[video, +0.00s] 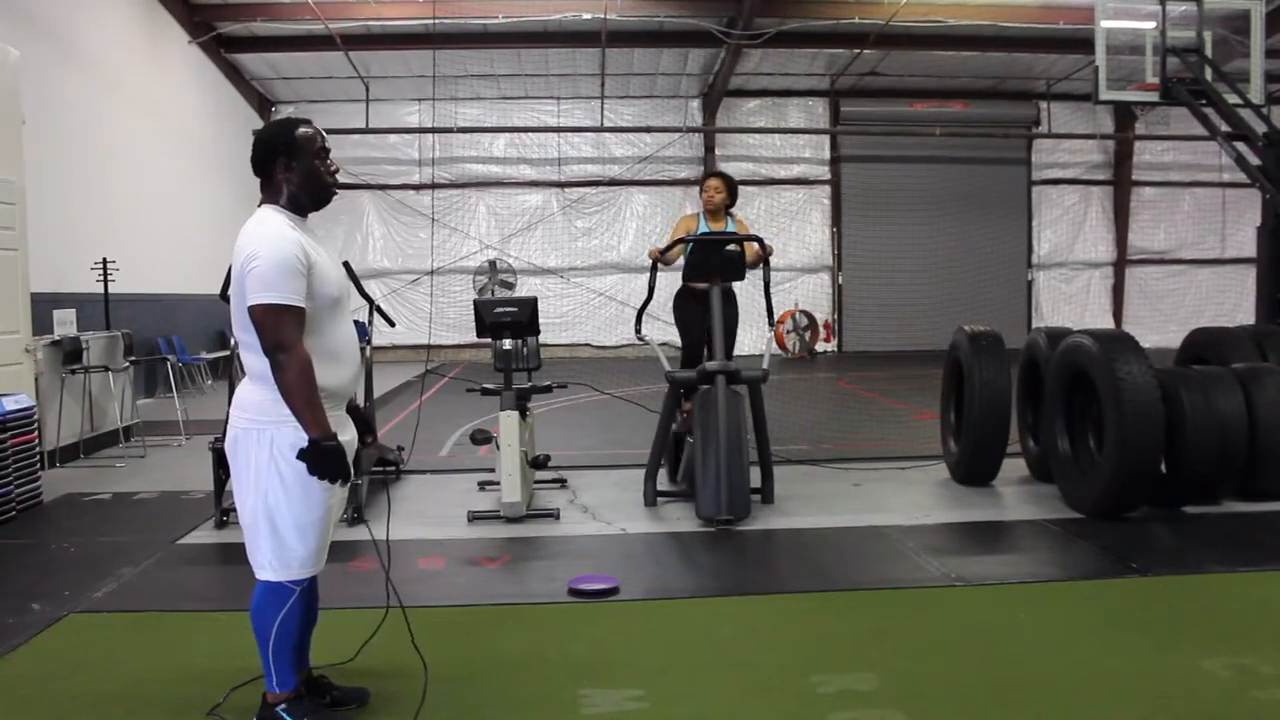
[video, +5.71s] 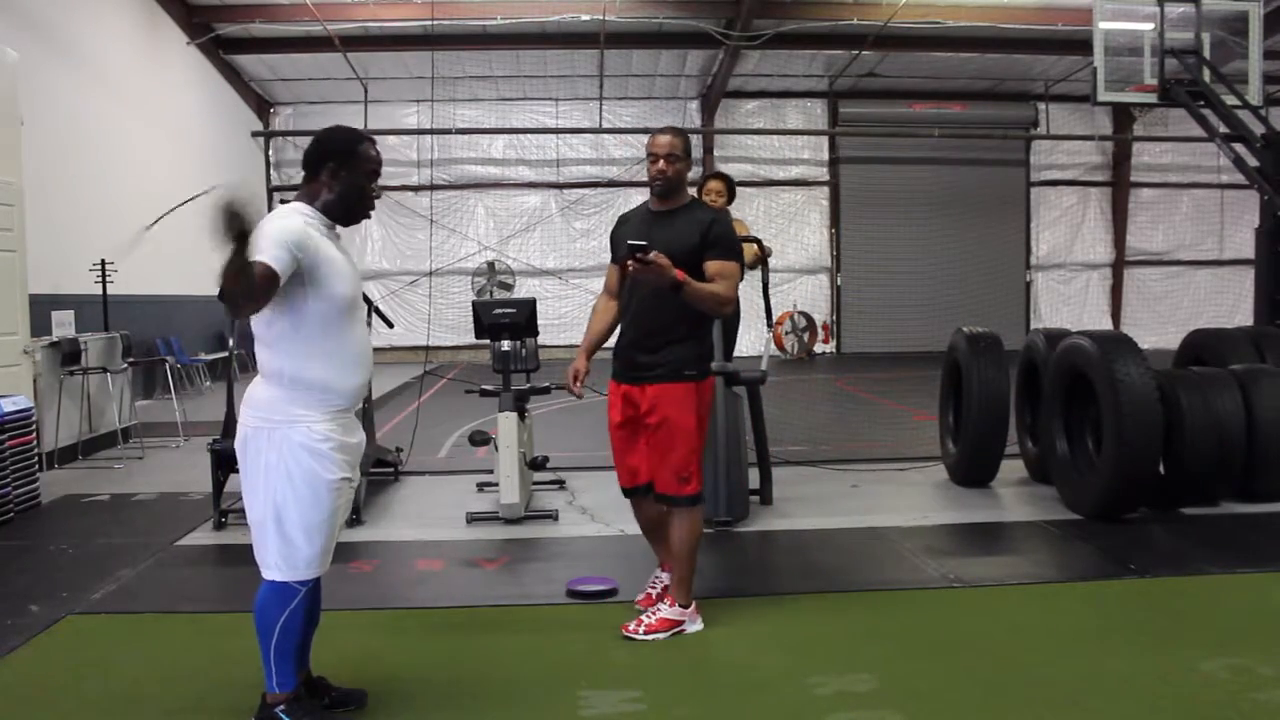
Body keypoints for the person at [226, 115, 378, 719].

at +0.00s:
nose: (335, 166)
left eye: (330, 155)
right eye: (321, 156)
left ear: (291, 171)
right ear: (286, 169)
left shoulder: (297, 237)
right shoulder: (272, 239)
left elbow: (318, 339)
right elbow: (281, 349)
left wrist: (352, 408)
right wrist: (320, 435)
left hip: (303, 428)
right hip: (278, 432)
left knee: (301, 565)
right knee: (284, 570)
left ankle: (298, 679)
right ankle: (280, 698)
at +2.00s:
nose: (336, 165)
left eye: (331, 154)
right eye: (323, 156)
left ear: (292, 171)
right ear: (288, 169)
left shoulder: (296, 238)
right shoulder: (274, 242)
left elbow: (312, 345)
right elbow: (283, 353)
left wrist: (350, 411)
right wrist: (318, 441)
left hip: (301, 429)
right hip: (278, 432)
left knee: (301, 566)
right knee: (284, 572)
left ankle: (297, 680)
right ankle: (281, 698)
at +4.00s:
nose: (338, 168)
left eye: (335, 156)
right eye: (326, 158)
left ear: (295, 171)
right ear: (291, 170)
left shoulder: (298, 237)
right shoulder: (276, 239)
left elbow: (316, 343)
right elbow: (286, 349)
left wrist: (353, 410)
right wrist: (323, 437)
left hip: (299, 429)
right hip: (275, 432)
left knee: (299, 566)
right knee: (282, 571)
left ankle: (296, 680)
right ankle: (280, 697)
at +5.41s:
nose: (357, 187)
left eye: (357, 174)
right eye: (350, 174)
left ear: (315, 175)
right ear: (312, 173)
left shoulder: (310, 235)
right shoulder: (279, 236)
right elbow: (268, 337)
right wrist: (266, 425)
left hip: (319, 427)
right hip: (289, 431)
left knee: (305, 568)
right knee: (288, 573)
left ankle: (298, 680)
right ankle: (279, 699)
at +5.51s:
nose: (370, 189)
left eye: (370, 177)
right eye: (363, 175)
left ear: (324, 175)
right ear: (324, 174)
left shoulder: (318, 236)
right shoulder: (282, 235)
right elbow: (243, 321)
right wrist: (202, 383)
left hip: (323, 429)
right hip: (291, 434)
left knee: (306, 566)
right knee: (287, 571)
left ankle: (299, 681)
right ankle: (278, 698)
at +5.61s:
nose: (378, 191)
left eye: (379, 179)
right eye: (371, 178)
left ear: (332, 177)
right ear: (330, 175)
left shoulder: (324, 239)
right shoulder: (284, 233)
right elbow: (237, 309)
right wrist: (191, 310)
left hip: (326, 426)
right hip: (292, 431)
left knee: (307, 565)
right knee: (289, 572)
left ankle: (297, 683)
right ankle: (280, 700)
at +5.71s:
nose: (378, 192)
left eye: (379, 179)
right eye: (370, 178)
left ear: (333, 178)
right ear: (331, 176)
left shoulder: (326, 235)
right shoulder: (289, 227)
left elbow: (327, 339)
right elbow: (241, 301)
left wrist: (356, 420)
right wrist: (240, 245)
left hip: (324, 426)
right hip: (290, 430)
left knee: (307, 566)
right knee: (290, 571)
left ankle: (299, 681)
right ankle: (280, 698)